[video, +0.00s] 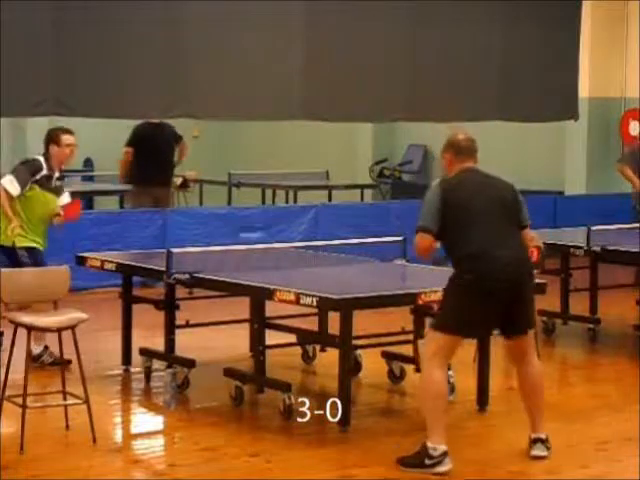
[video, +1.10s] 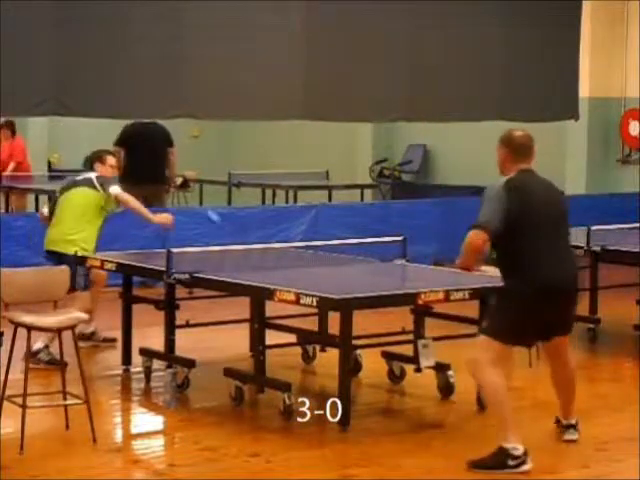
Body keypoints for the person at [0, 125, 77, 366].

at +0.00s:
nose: (71, 152)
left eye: (73, 147)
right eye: (67, 146)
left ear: (67, 150)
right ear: (52, 147)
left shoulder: (58, 178)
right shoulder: (33, 166)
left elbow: (57, 211)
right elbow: (3, 189)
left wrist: (58, 216)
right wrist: (12, 219)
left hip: (35, 242)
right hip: (16, 240)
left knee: (34, 294)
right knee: (38, 292)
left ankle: (38, 348)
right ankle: (37, 347)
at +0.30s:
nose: (80, 153)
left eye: (82, 148)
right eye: (75, 149)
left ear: (79, 152)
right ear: (61, 151)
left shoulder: (75, 180)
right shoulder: (44, 172)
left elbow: (74, 207)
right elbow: (11, 199)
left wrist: (69, 226)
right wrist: (27, 234)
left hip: (55, 246)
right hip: (33, 245)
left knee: (59, 293)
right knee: (50, 295)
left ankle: (52, 343)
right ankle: (43, 347)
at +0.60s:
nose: (97, 147)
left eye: (98, 142)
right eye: (92, 142)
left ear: (95, 146)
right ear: (78, 145)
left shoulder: (89, 173)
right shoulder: (61, 166)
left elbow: (86, 209)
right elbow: (30, 193)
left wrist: (92, 224)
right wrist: (54, 222)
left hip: (71, 242)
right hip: (49, 241)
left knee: (90, 282)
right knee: (61, 289)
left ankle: (78, 330)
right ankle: (39, 345)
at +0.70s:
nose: (102, 154)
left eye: (103, 150)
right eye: (98, 149)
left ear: (98, 153)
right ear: (83, 151)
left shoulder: (90, 178)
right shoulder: (67, 173)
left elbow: (81, 214)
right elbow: (40, 199)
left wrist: (94, 230)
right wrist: (69, 226)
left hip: (74, 246)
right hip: (53, 246)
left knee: (97, 280)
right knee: (54, 295)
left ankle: (83, 329)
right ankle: (40, 346)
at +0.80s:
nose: (109, 162)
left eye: (110, 158)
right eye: (105, 157)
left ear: (95, 162)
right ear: (91, 159)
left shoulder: (84, 182)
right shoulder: (82, 181)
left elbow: (77, 223)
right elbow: (75, 210)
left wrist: (95, 241)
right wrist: (105, 227)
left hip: (71, 250)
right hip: (57, 251)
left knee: (99, 281)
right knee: (76, 297)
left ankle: (85, 329)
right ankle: (42, 346)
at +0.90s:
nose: (112, 168)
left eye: (112, 163)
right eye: (108, 162)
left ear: (92, 165)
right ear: (94, 163)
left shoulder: (71, 181)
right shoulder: (95, 183)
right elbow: (101, 209)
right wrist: (129, 224)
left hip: (48, 250)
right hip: (66, 253)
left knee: (98, 280)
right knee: (83, 299)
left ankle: (86, 329)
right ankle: (41, 346)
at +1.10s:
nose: (115, 172)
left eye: (116, 167)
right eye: (112, 167)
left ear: (91, 168)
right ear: (98, 166)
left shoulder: (70, 183)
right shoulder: (103, 181)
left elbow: (45, 215)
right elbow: (122, 196)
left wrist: (61, 224)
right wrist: (153, 218)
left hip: (53, 247)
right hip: (75, 250)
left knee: (99, 276)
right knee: (79, 300)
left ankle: (86, 328)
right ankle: (41, 346)